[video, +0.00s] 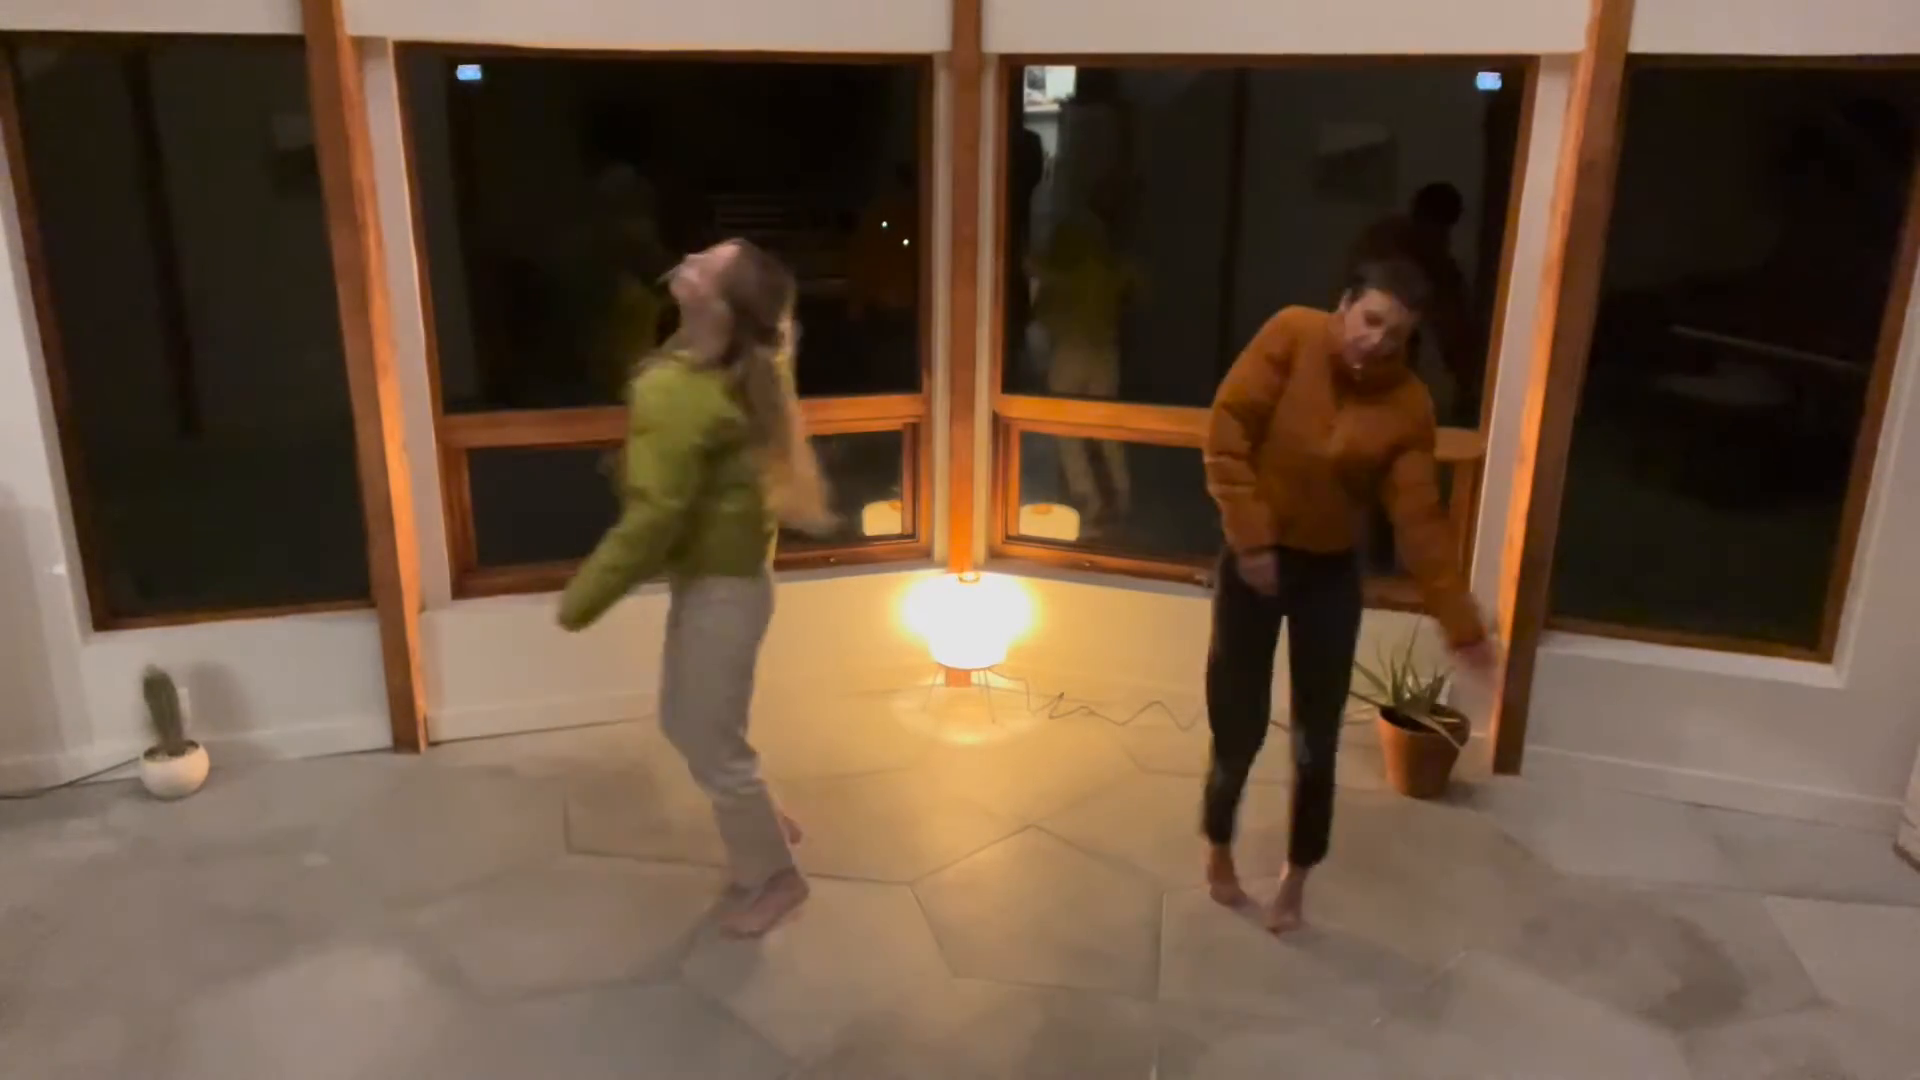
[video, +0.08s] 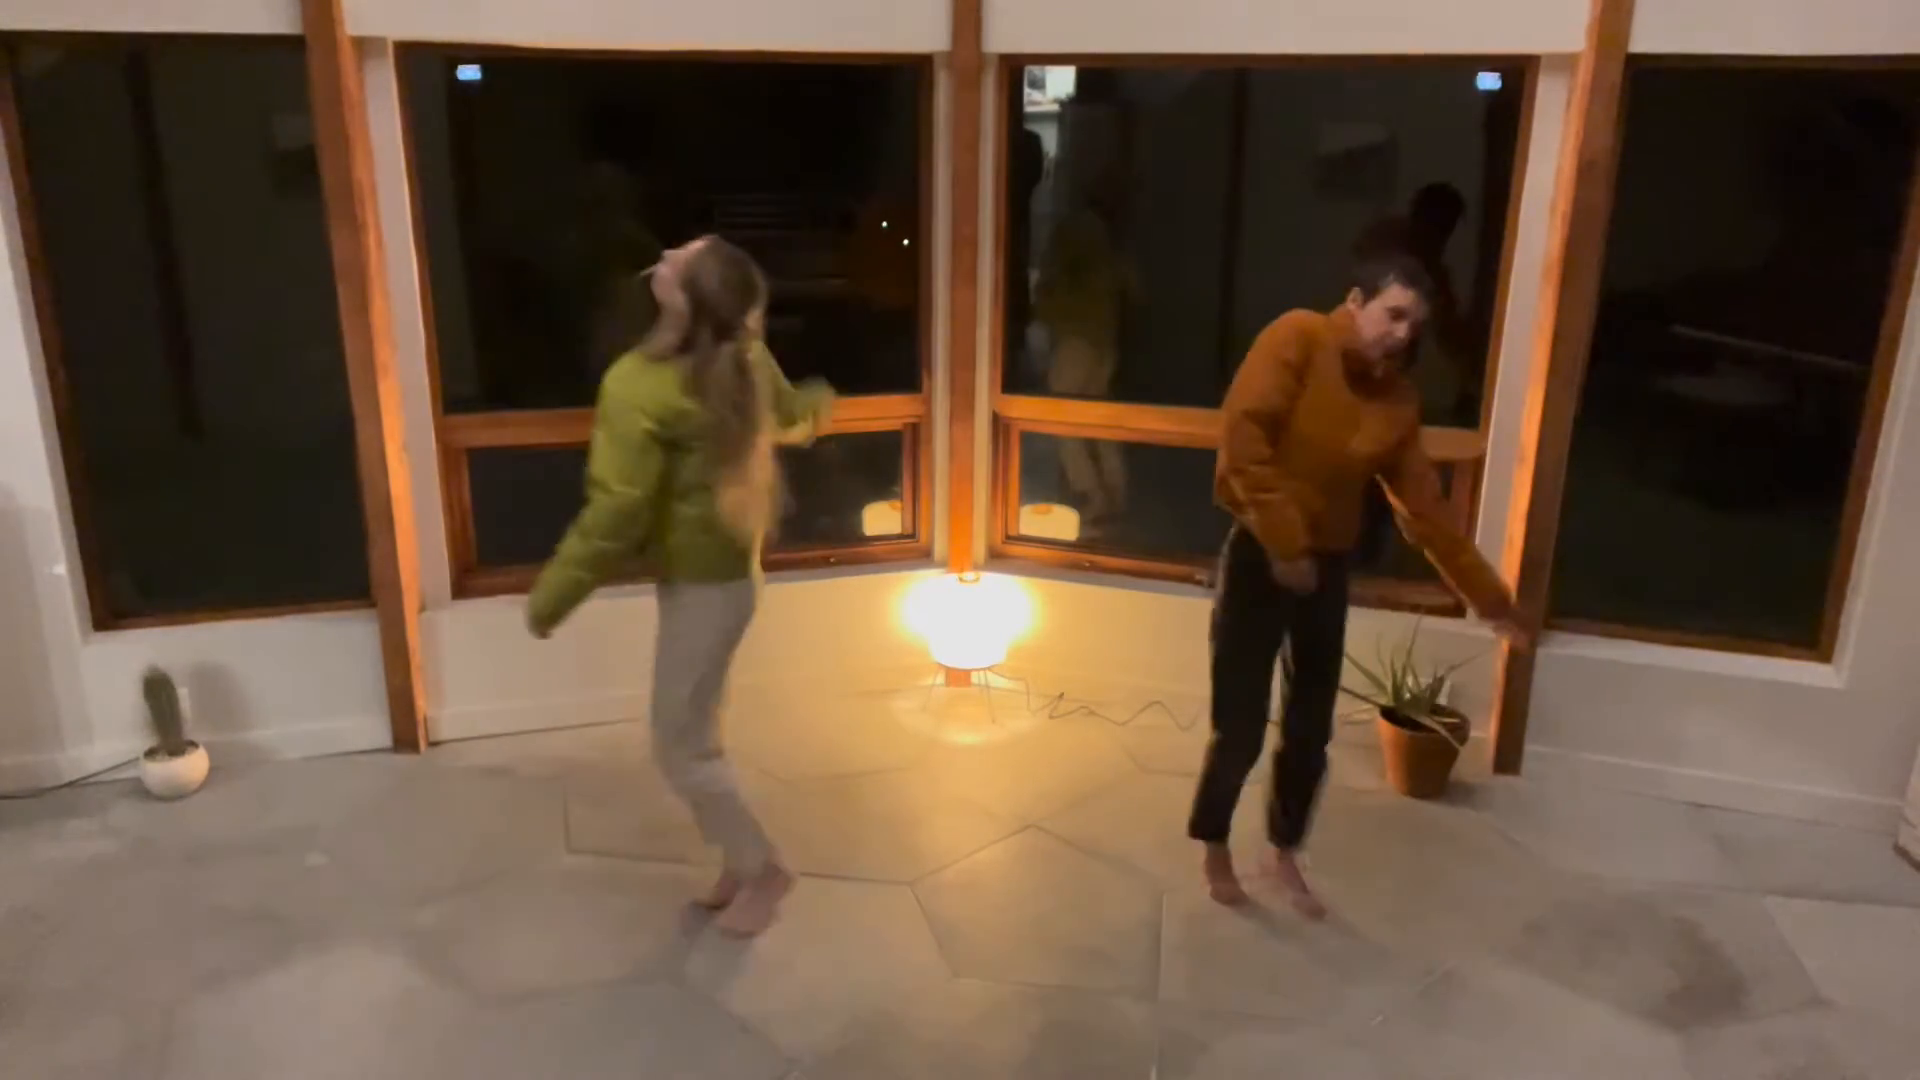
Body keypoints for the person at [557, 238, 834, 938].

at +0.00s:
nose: (688, 262)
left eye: (704, 266)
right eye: (703, 255)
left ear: (721, 308)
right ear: (719, 309)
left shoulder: (683, 391)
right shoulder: (706, 372)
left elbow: (656, 513)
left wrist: (582, 599)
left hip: (726, 587)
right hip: (711, 582)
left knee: (711, 736)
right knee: (684, 720)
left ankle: (770, 877)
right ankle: (762, 821)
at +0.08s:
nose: (666, 257)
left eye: (677, 261)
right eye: (679, 251)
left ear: (685, 299)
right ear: (719, 307)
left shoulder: (637, 384)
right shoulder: (746, 359)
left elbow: (619, 506)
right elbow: (792, 418)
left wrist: (550, 599)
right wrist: (820, 395)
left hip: (698, 591)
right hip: (730, 583)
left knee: (680, 744)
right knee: (690, 733)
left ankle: (763, 870)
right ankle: (737, 865)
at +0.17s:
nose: (643, 270)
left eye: (653, 270)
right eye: (653, 261)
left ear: (663, 301)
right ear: (712, 306)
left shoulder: (622, 381)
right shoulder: (738, 358)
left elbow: (591, 506)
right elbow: (797, 436)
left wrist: (522, 600)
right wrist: (855, 456)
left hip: (685, 602)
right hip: (730, 589)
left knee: (645, 752)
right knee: (701, 735)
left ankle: (730, 873)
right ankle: (747, 867)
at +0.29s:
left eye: (616, 287)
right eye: (700, 295)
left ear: (622, 297)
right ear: (697, 301)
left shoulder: (594, 372)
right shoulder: (727, 364)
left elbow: (548, 488)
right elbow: (784, 467)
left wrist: (451, 558)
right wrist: (854, 526)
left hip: (648, 608)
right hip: (716, 597)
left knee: (632, 766)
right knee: (687, 742)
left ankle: (651, 921)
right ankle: (721, 879)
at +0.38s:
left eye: (611, 282)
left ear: (614, 291)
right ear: (691, 292)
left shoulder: (585, 369)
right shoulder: (727, 367)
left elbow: (530, 480)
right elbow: (776, 485)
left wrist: (418, 507)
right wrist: (845, 551)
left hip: (635, 606)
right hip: (708, 602)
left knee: (625, 762)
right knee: (679, 743)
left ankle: (654, 916)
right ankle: (694, 892)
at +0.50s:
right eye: (689, 283)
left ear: (606, 287)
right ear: (688, 293)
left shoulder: (570, 366)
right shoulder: (718, 372)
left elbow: (484, 441)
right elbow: (754, 501)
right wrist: (802, 590)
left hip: (606, 606)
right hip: (688, 606)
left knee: (596, 750)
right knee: (685, 749)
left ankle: (618, 899)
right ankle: (693, 887)